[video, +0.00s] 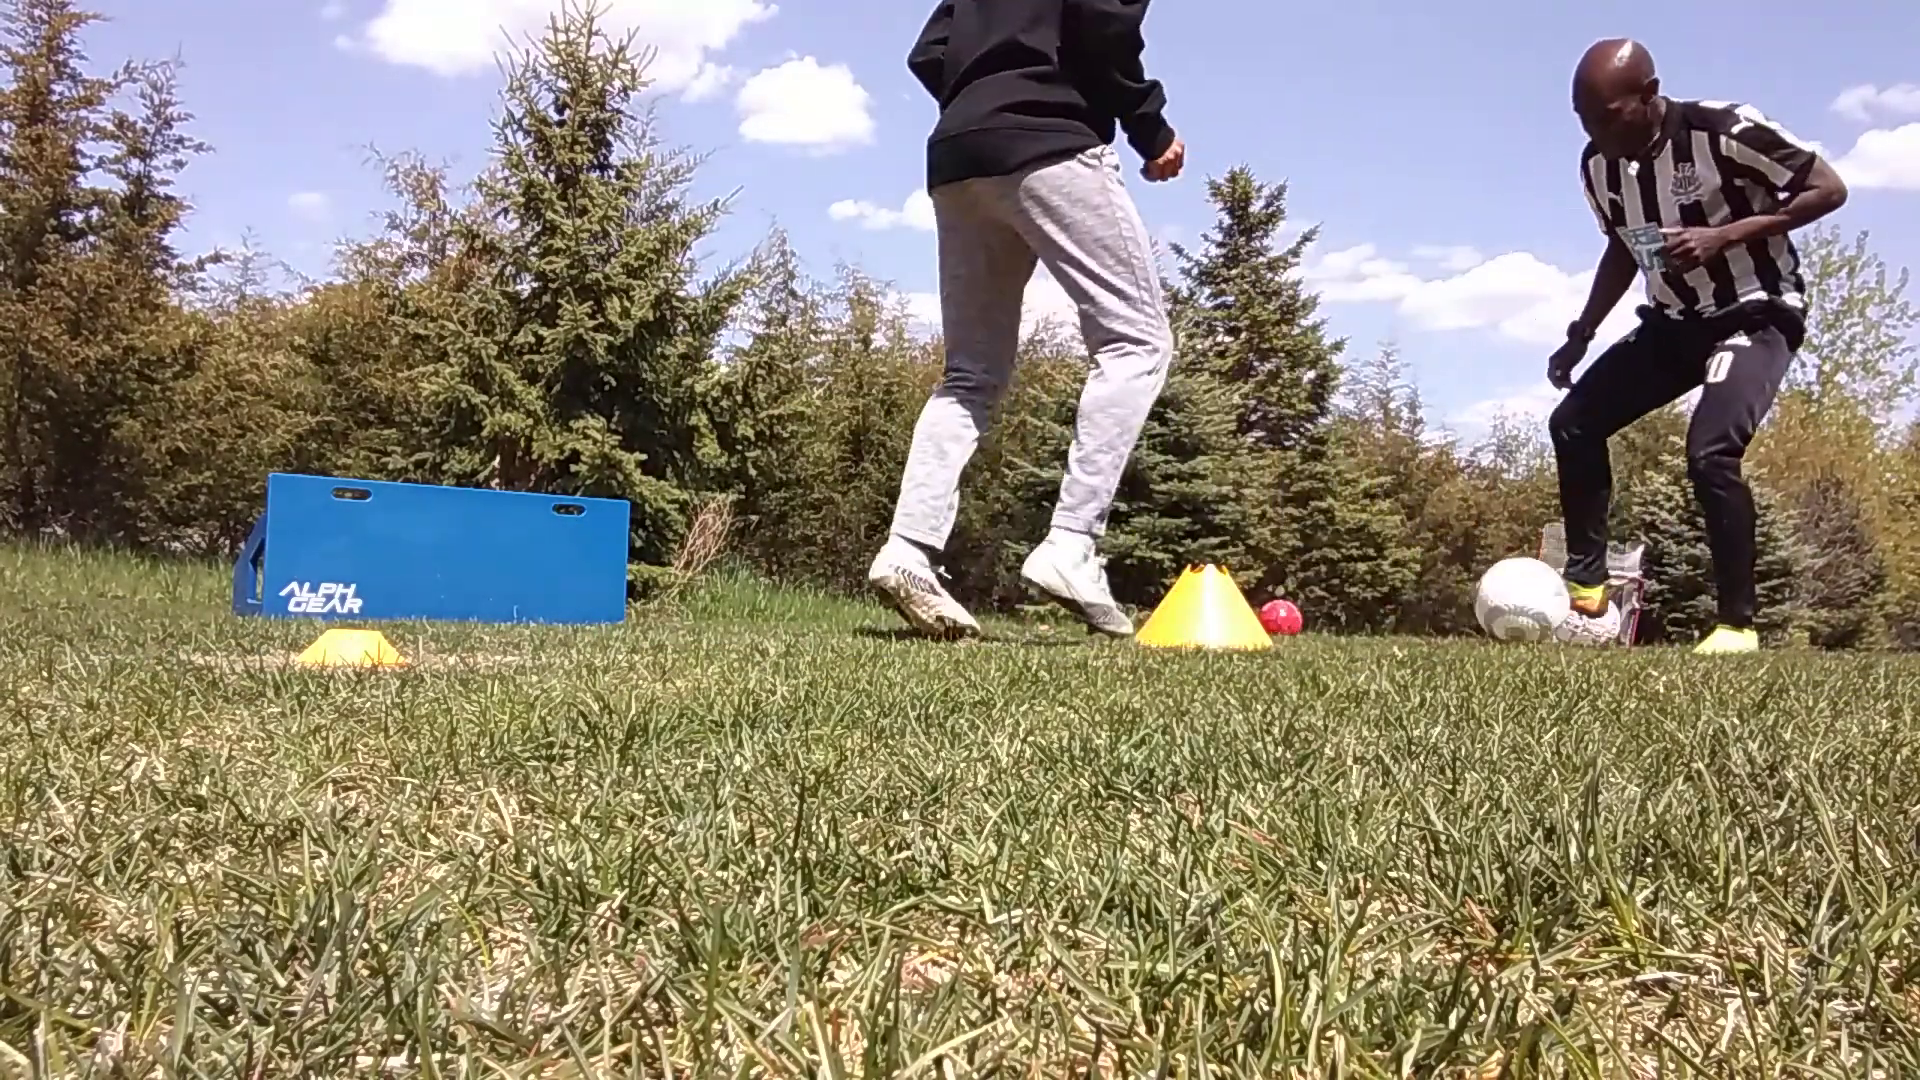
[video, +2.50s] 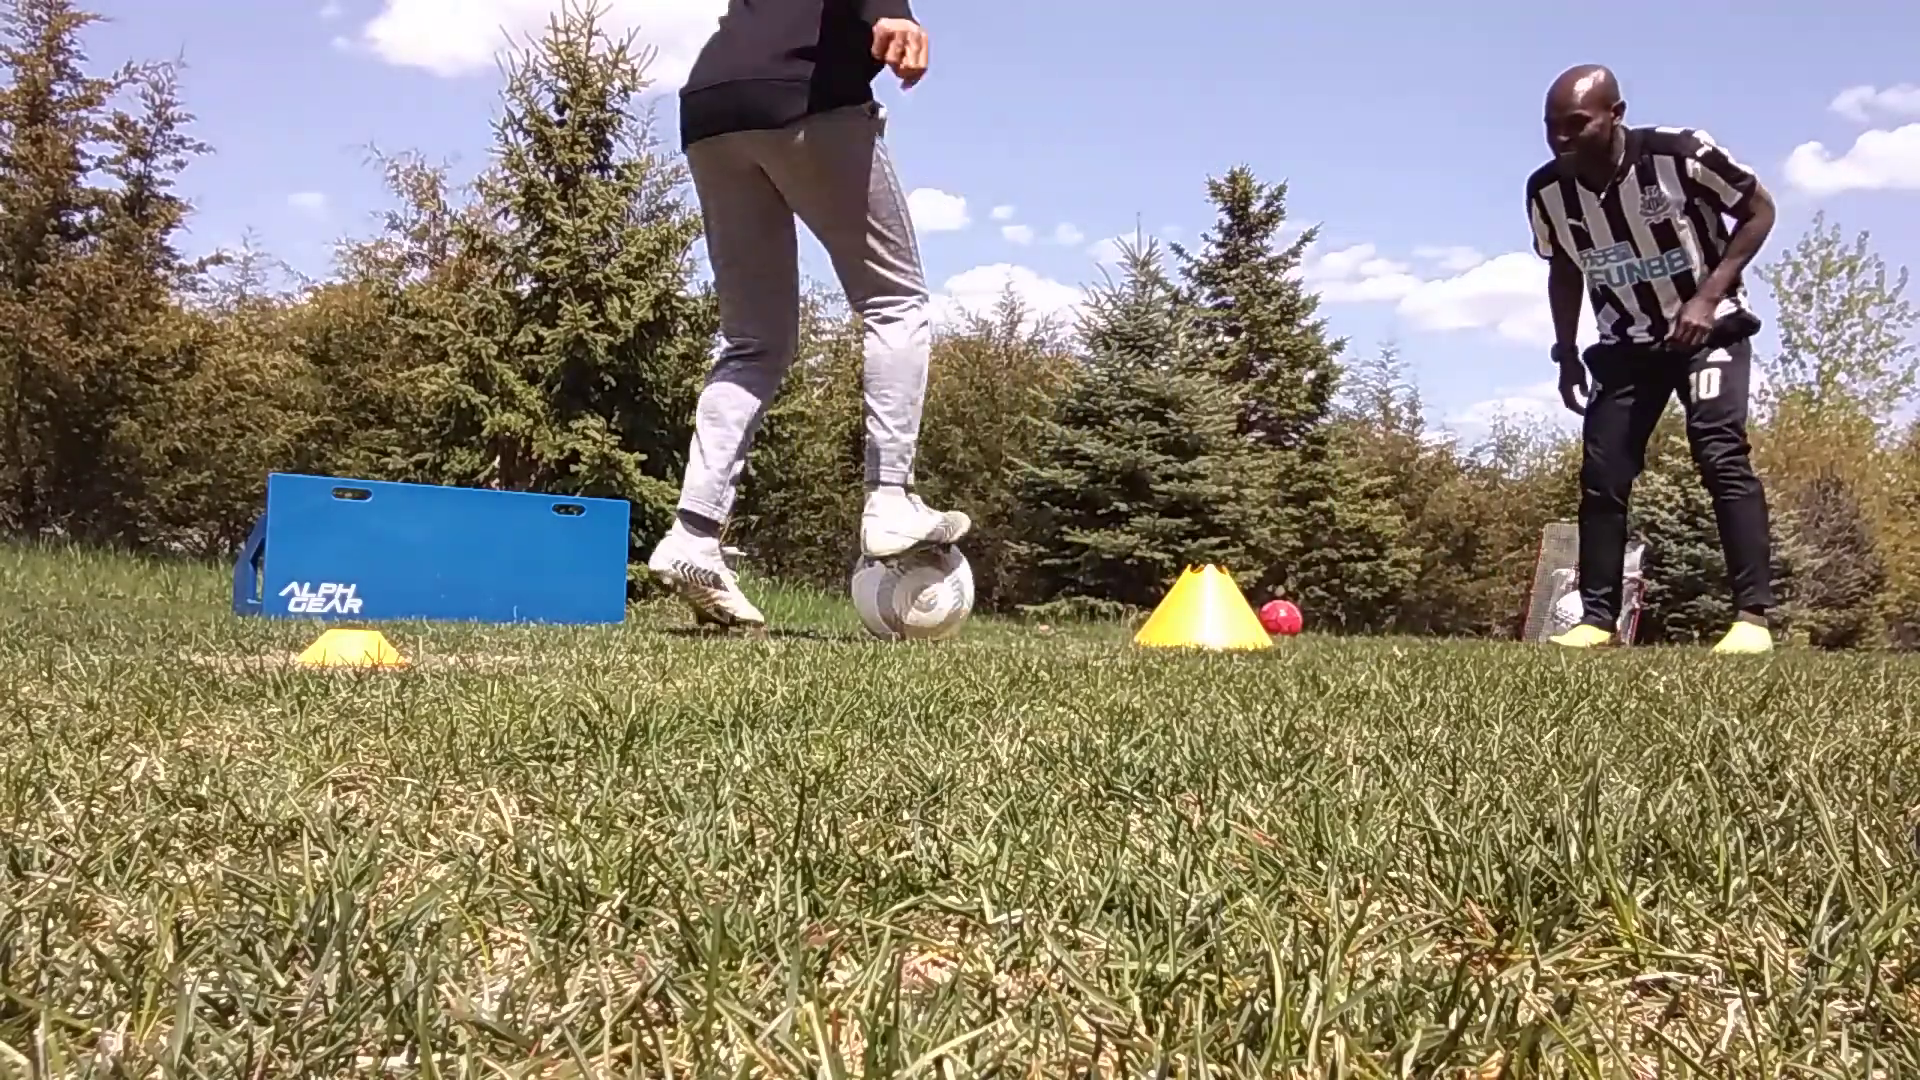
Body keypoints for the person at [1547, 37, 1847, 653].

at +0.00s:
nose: (1591, 131)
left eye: (1600, 116)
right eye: (1585, 118)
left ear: (1647, 97)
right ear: (1585, 108)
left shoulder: (1725, 130)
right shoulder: (1599, 165)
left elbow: (1828, 188)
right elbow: (1623, 248)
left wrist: (1726, 234)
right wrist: (1583, 331)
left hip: (1756, 318)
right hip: (1676, 324)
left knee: (1710, 451)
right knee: (1573, 423)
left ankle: (1737, 626)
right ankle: (1585, 585)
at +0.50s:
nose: (1572, 134)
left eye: (1585, 117)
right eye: (1566, 120)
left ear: (1630, 103)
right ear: (1563, 117)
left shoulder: (1704, 142)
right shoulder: (1574, 182)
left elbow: (1801, 190)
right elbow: (1590, 262)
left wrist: (1722, 245)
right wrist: (1559, 347)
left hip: (1736, 320)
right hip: (1660, 340)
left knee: (1719, 446)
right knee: (1635, 469)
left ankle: (1737, 623)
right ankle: (1638, 624)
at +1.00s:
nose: (1612, 128)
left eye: (1620, 112)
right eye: (1606, 115)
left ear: (1663, 93)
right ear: (1612, 106)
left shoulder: (1745, 129)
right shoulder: (1620, 158)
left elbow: (1844, 187)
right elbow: (1643, 236)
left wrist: (1747, 207)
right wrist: (1601, 310)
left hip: (1755, 323)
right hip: (1682, 333)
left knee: (1733, 453)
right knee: (1640, 459)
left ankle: (1753, 624)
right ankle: (1637, 615)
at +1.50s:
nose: (1602, 143)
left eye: (1613, 130)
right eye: (1599, 129)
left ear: (1660, 114)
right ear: (1601, 121)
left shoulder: (1734, 135)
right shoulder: (1611, 181)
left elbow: (1836, 179)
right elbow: (1649, 255)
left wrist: (1745, 218)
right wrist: (1639, 343)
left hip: (1769, 316)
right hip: (1692, 334)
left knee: (1737, 450)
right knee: (1668, 472)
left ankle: (1755, 622)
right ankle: (1690, 623)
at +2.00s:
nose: (1607, 114)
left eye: (1621, 100)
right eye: (1597, 103)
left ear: (1657, 92)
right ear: (1587, 102)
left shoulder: (1721, 133)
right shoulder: (1588, 171)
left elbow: (1808, 188)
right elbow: (1604, 253)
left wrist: (1725, 220)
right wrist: (1580, 333)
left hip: (1742, 319)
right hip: (1667, 338)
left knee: (1735, 457)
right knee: (1677, 479)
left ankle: (1754, 622)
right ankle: (1689, 625)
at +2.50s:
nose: (1558, 138)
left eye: (1572, 125)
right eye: (1552, 126)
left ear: (1615, 118)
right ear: (1547, 124)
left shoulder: (1682, 154)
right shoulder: (1546, 191)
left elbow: (1759, 210)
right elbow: (1564, 269)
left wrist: (1707, 296)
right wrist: (1566, 348)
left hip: (1709, 329)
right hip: (1626, 345)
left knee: (1720, 456)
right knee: (1601, 473)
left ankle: (1752, 620)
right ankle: (1598, 622)